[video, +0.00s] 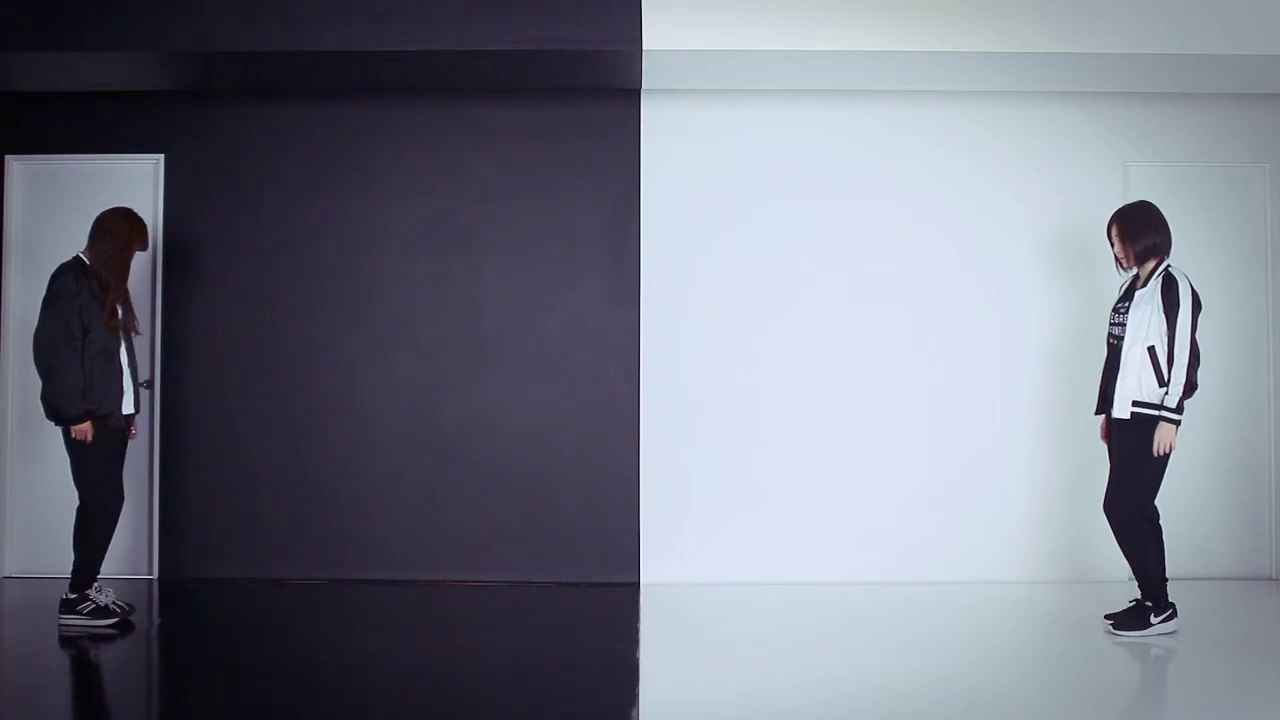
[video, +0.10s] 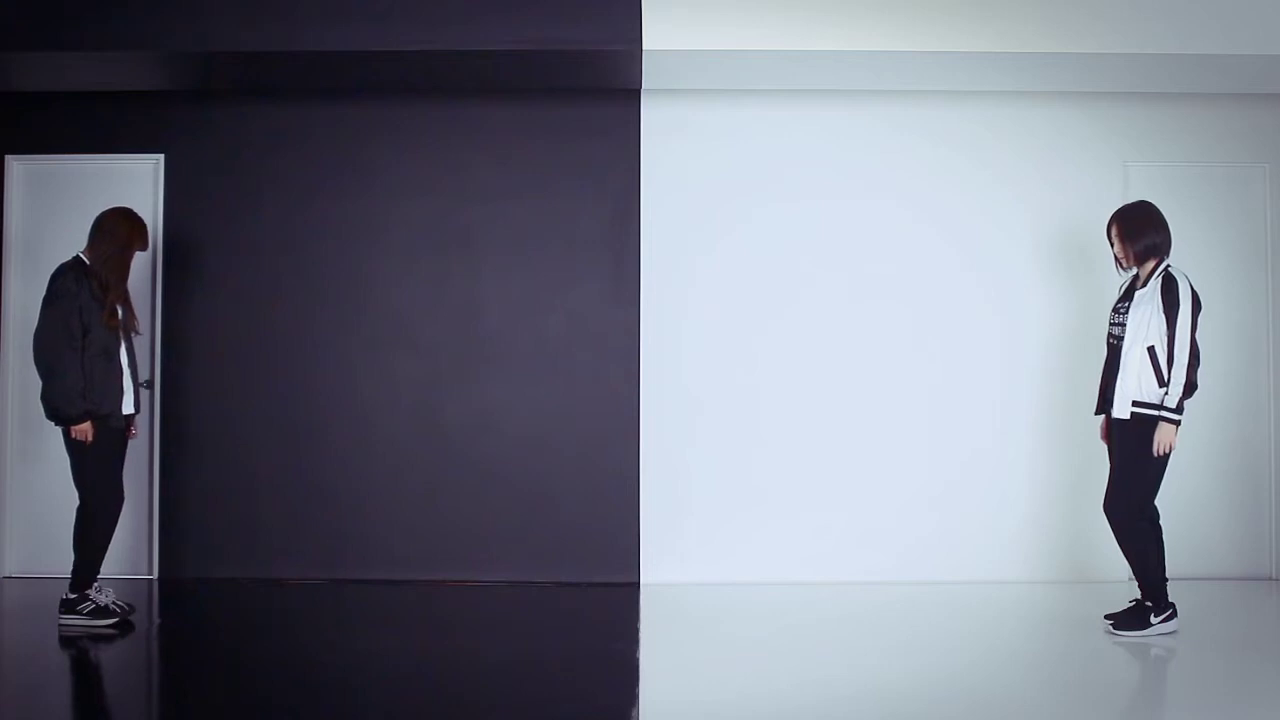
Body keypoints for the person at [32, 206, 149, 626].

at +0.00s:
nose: (131, 260)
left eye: (134, 252)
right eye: (130, 251)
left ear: (108, 242)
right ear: (113, 245)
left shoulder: (108, 284)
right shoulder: (70, 279)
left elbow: (118, 354)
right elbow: (54, 349)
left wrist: (128, 410)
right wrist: (74, 412)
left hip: (112, 415)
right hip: (87, 417)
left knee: (108, 499)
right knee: (100, 500)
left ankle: (86, 590)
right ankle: (78, 596)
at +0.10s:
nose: (131, 260)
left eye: (134, 252)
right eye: (130, 251)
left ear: (107, 241)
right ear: (113, 245)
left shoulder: (108, 284)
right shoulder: (70, 279)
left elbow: (118, 354)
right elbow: (54, 349)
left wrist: (129, 410)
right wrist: (75, 412)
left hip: (112, 415)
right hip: (87, 416)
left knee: (108, 499)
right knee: (100, 500)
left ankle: (86, 590)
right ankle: (78, 596)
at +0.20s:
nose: (131, 260)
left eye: (134, 252)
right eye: (130, 251)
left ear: (107, 241)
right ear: (113, 245)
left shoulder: (108, 284)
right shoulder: (70, 279)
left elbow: (118, 354)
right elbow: (54, 349)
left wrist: (129, 410)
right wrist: (75, 412)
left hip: (112, 415)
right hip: (87, 417)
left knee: (108, 499)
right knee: (100, 500)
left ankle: (86, 590)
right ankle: (78, 596)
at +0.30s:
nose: (132, 260)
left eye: (135, 252)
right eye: (130, 251)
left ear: (107, 241)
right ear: (113, 245)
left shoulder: (108, 284)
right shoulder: (70, 279)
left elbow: (117, 354)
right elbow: (54, 350)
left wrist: (129, 410)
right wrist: (75, 412)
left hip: (112, 415)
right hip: (87, 417)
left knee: (108, 499)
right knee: (100, 500)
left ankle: (86, 590)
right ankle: (78, 597)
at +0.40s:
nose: (132, 260)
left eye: (135, 252)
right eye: (131, 251)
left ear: (107, 242)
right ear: (114, 245)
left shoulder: (108, 284)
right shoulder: (71, 279)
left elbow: (118, 354)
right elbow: (54, 350)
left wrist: (129, 410)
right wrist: (75, 413)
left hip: (112, 415)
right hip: (87, 417)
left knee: (108, 499)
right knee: (100, 500)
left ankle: (86, 590)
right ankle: (78, 597)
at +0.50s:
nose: (132, 260)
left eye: (135, 252)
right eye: (131, 251)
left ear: (107, 241)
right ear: (114, 245)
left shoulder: (108, 284)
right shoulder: (71, 279)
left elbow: (117, 354)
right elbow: (55, 350)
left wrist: (129, 410)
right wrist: (75, 413)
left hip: (112, 416)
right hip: (87, 417)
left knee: (108, 499)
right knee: (100, 500)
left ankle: (86, 590)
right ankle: (78, 597)